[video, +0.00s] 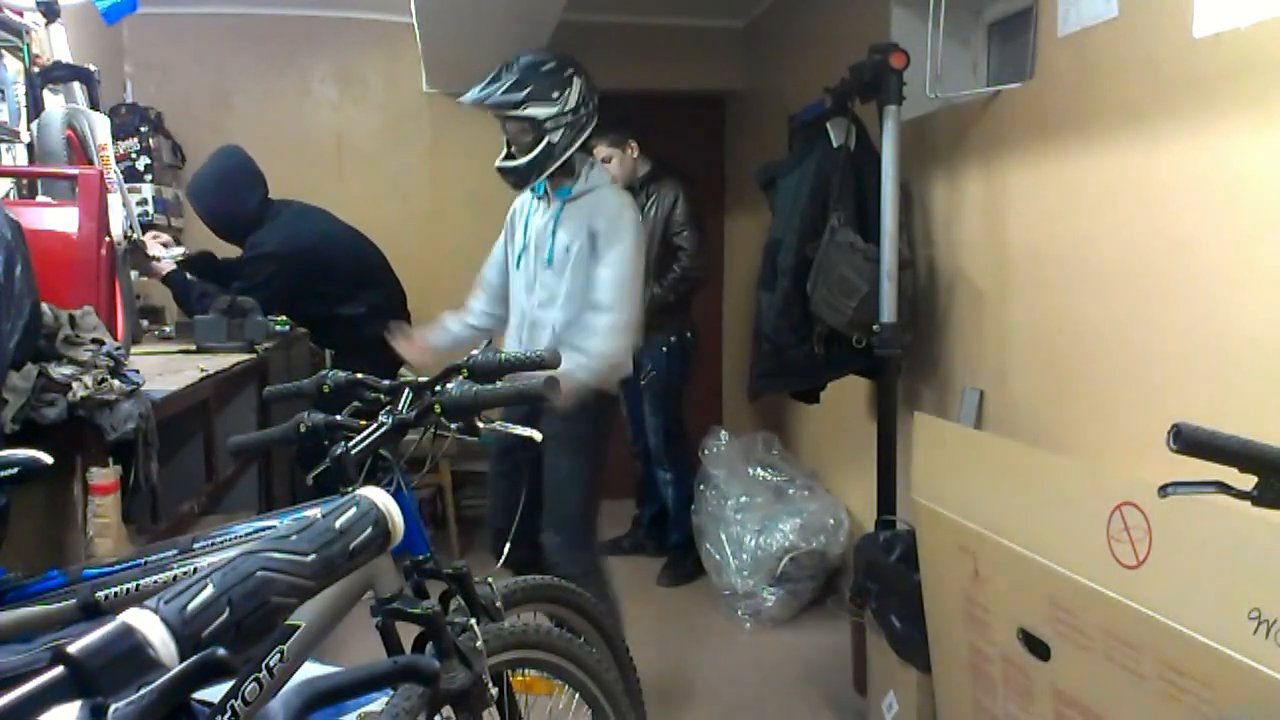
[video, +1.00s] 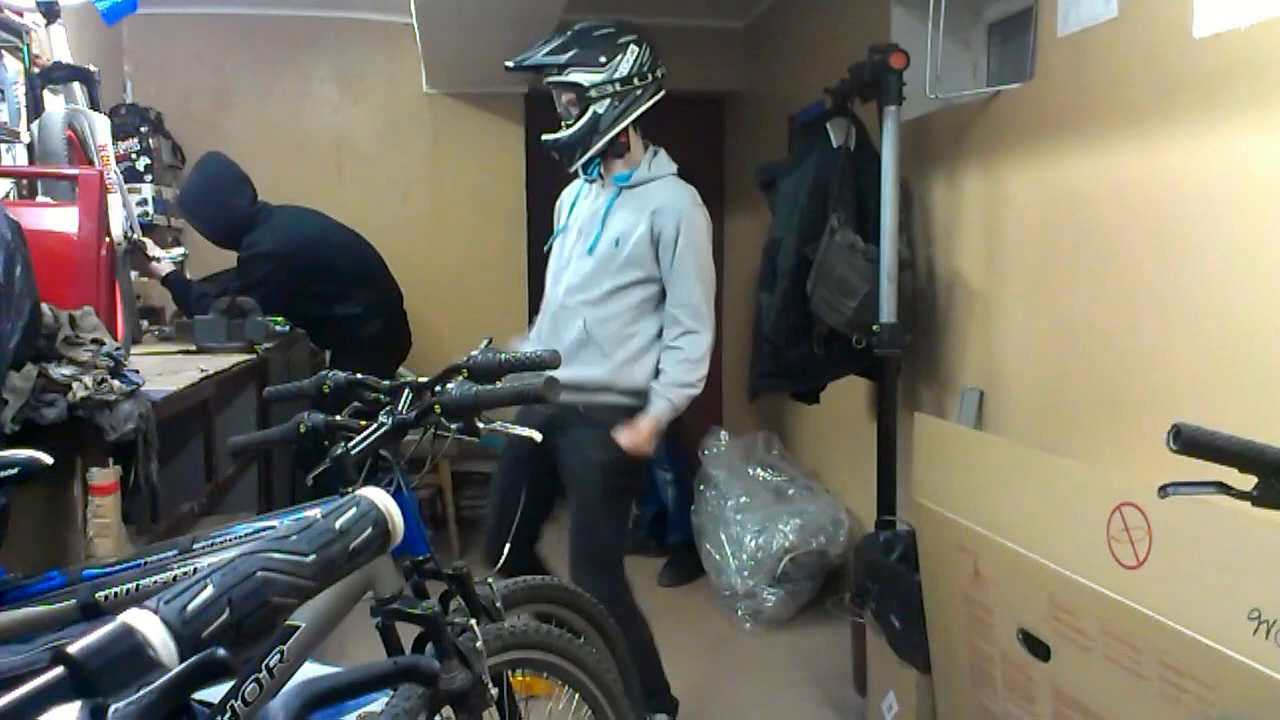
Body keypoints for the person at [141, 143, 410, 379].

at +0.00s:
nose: (211, 223)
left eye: (209, 214)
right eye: (207, 215)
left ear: (224, 211)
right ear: (250, 191)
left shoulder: (272, 249)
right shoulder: (288, 216)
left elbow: (230, 313)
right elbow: (245, 278)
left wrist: (168, 274)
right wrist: (186, 258)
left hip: (368, 352)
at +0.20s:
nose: (205, 224)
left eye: (205, 216)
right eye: (201, 216)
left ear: (222, 214)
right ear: (248, 193)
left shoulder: (269, 253)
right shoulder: (281, 212)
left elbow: (223, 314)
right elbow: (245, 265)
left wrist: (171, 273)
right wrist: (185, 253)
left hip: (369, 345)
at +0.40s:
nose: (204, 226)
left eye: (202, 217)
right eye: (199, 218)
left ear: (219, 215)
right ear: (244, 193)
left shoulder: (271, 250)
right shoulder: (279, 216)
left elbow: (227, 312)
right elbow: (241, 275)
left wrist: (169, 274)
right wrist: (186, 256)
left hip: (368, 351)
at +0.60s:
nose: (202, 229)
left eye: (201, 220)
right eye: (198, 221)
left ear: (215, 218)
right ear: (244, 194)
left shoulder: (267, 251)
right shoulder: (280, 216)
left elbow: (226, 311)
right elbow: (244, 280)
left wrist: (166, 275)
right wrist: (191, 262)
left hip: (369, 349)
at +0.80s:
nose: (203, 232)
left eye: (201, 223)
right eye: (198, 224)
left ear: (215, 217)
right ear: (239, 195)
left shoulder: (267, 251)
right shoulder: (280, 219)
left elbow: (220, 316)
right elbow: (246, 277)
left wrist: (167, 276)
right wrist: (190, 284)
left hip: (365, 350)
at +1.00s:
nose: (203, 231)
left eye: (200, 222)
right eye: (198, 223)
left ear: (214, 217)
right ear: (239, 194)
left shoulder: (265, 252)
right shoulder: (277, 222)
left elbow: (224, 318)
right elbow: (243, 281)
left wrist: (167, 274)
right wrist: (184, 286)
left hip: (369, 348)